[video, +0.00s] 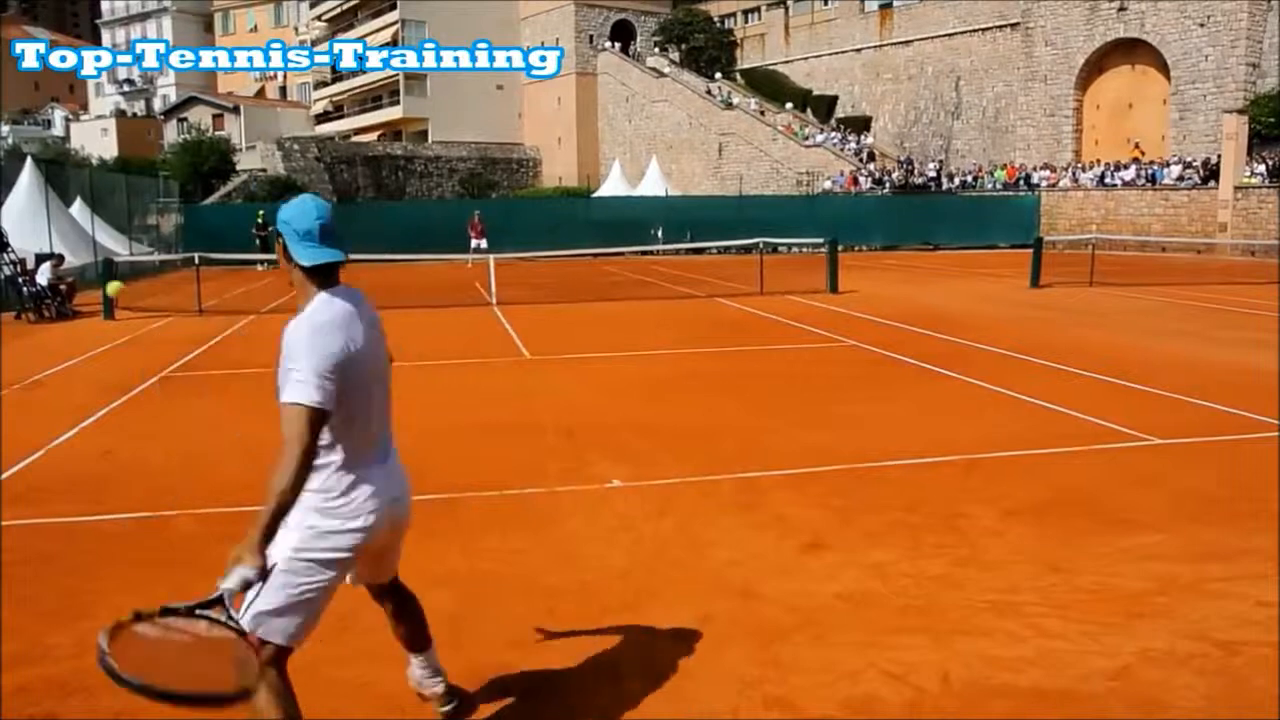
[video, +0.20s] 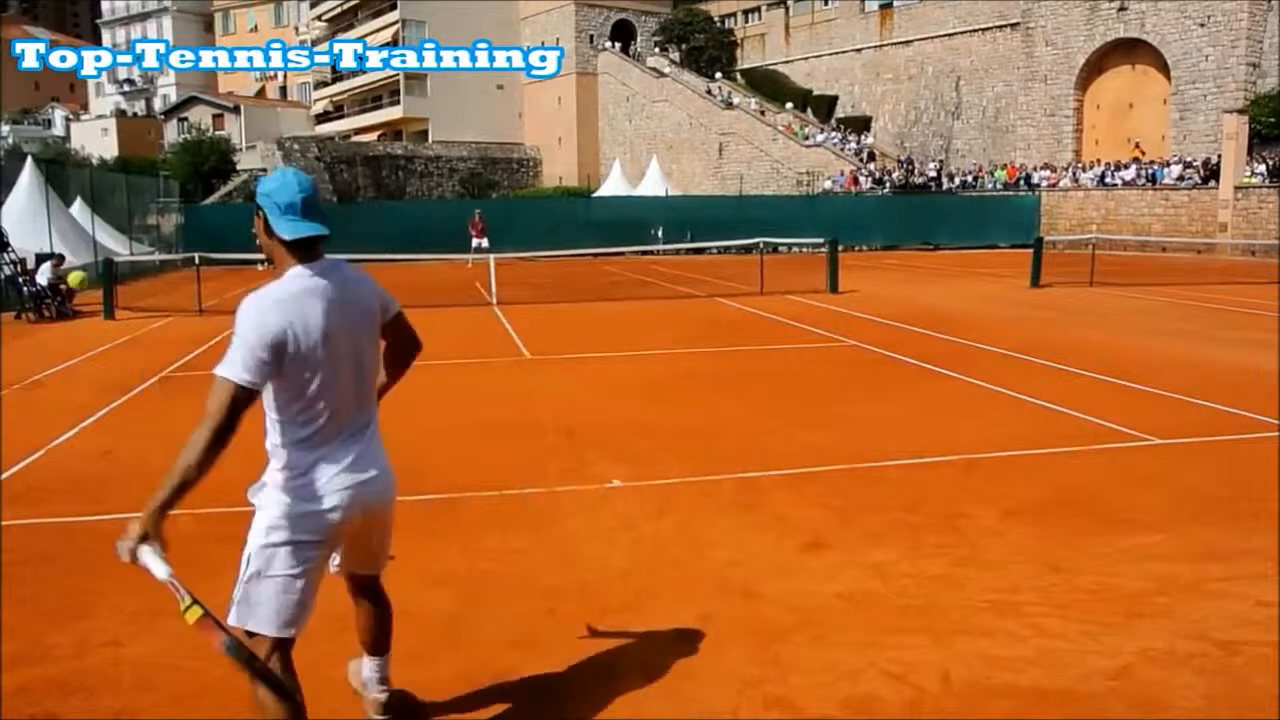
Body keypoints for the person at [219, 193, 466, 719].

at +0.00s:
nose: (276, 253)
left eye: (278, 245)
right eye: (280, 244)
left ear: (286, 255)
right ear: (333, 249)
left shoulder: (309, 333)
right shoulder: (358, 306)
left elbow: (299, 453)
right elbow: (380, 372)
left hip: (338, 509)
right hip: (388, 487)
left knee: (259, 652)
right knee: (383, 581)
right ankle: (432, 679)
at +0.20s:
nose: (254, 229)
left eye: (256, 219)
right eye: (258, 219)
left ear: (265, 227)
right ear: (317, 223)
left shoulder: (266, 310)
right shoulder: (356, 283)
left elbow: (216, 429)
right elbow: (407, 346)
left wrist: (152, 514)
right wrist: (368, 396)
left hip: (302, 497)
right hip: (372, 480)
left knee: (263, 648)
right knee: (366, 581)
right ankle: (377, 685)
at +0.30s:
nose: (238, 207)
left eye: (239, 198)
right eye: (239, 198)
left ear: (248, 203)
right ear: (302, 199)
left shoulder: (230, 285)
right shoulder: (355, 264)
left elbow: (153, 390)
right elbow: (414, 336)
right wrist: (382, 368)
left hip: (282, 478)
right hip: (354, 464)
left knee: (276, 642)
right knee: (337, 579)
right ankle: (323, 689)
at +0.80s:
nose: (170, 167)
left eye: (172, 159)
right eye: (173, 159)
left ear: (183, 162)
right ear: (240, 162)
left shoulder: (144, 220)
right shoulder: (286, 242)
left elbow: (99, 208)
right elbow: (325, 348)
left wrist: (155, 176)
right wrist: (259, 306)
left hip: (154, 451)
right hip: (241, 451)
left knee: (190, 624)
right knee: (254, 570)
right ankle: (256, 675)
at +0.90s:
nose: (170, 167)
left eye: (172, 159)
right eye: (173, 159)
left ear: (183, 162)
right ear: (240, 162)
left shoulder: (144, 220)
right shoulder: (286, 242)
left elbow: (99, 208)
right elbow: (325, 348)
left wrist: (155, 176)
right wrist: (259, 306)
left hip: (154, 451)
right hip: (241, 451)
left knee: (190, 624)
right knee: (254, 570)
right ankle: (256, 675)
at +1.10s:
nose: (140, 164)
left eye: (146, 158)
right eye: (150, 155)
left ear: (152, 168)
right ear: (213, 178)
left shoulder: (106, 211)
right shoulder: (238, 260)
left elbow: (85, 132)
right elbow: (274, 364)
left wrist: (163, 113)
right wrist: (210, 315)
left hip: (98, 463)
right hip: (192, 463)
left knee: (113, 655)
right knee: (241, 576)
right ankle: (278, 684)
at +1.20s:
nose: (124, 171)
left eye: (128, 163)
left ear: (128, 170)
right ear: (196, 188)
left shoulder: (82, 218)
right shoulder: (211, 274)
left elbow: (75, 117)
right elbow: (249, 379)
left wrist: (172, 99)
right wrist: (197, 316)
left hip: (67, 479)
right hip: (166, 478)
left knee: (65, 674)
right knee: (233, 580)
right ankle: (286, 692)